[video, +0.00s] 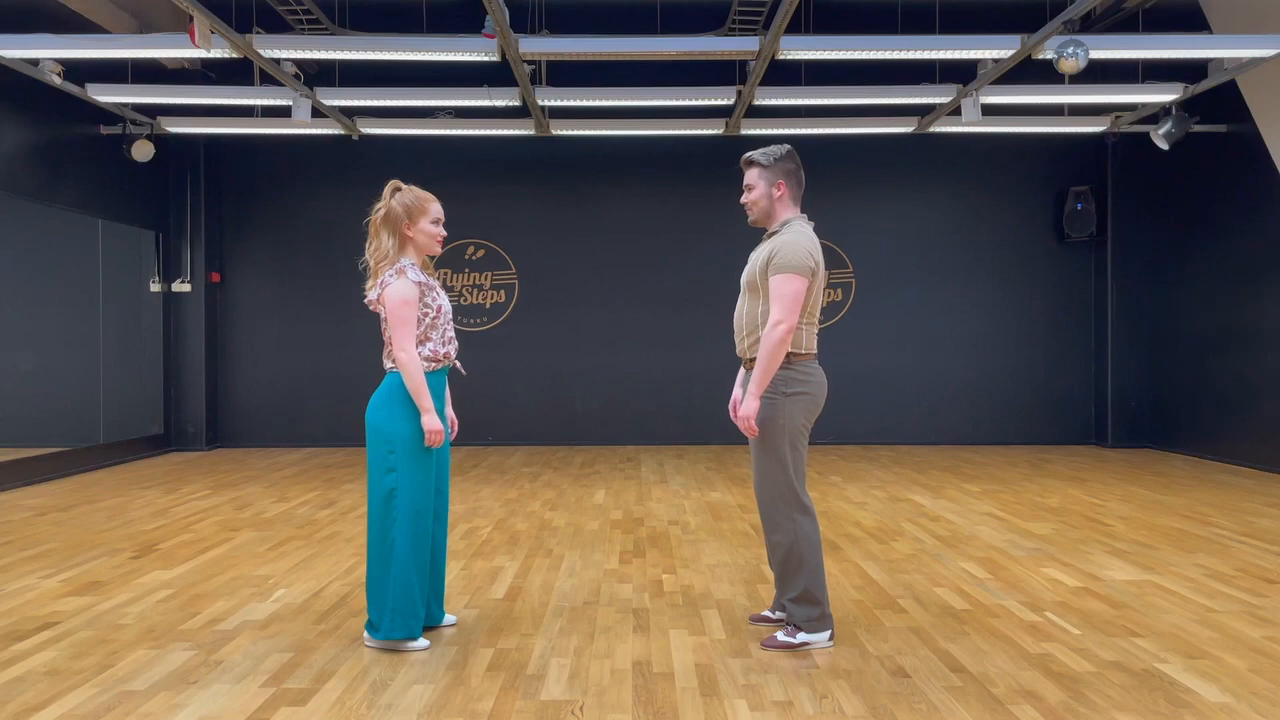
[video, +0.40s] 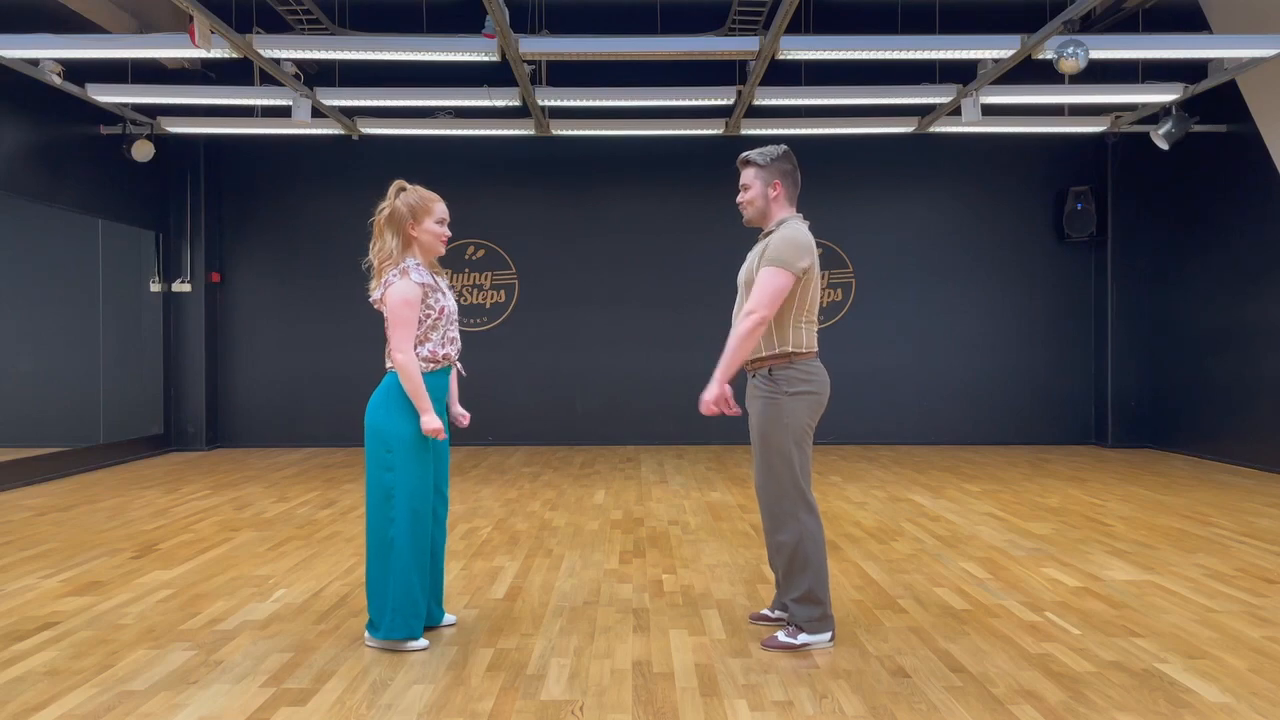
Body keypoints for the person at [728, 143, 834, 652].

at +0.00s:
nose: (743, 198)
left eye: (750, 188)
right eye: (743, 189)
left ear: (781, 189)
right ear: (777, 192)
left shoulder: (794, 244)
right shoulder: (777, 243)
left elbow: (783, 326)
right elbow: (763, 326)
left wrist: (755, 394)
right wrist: (741, 383)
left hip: (787, 383)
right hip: (773, 381)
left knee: (786, 502)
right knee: (777, 499)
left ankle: (811, 621)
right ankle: (793, 603)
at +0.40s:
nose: (739, 197)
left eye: (747, 188)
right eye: (740, 188)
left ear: (776, 188)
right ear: (771, 190)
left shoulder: (789, 239)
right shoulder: (770, 242)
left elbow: (757, 317)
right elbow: (747, 318)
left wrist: (720, 377)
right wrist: (722, 378)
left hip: (787, 383)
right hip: (772, 382)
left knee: (788, 499)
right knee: (779, 497)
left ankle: (812, 621)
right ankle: (794, 602)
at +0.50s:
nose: (732, 200)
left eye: (740, 190)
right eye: (733, 190)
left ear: (770, 191)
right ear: (765, 193)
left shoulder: (780, 238)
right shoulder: (768, 242)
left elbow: (723, 299)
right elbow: (726, 308)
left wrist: (670, 335)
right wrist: (684, 353)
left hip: (789, 383)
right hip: (771, 383)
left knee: (788, 500)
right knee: (775, 495)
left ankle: (814, 621)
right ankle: (792, 599)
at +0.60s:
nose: (722, 202)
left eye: (729, 192)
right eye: (722, 193)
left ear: (760, 193)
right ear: (756, 196)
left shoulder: (763, 243)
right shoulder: (758, 243)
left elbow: (689, 283)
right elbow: (696, 293)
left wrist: (664, 268)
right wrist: (647, 303)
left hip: (785, 383)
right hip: (772, 382)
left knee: (786, 495)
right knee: (765, 489)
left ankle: (815, 620)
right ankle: (780, 598)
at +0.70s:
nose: (713, 205)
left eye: (721, 196)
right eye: (713, 197)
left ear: (751, 197)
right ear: (748, 201)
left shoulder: (750, 248)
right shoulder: (758, 245)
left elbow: (677, 274)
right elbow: (679, 279)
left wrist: (678, 235)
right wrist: (641, 261)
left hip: (773, 384)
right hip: (785, 379)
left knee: (788, 502)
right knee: (761, 495)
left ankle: (815, 622)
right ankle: (761, 602)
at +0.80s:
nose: (699, 217)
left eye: (706, 208)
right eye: (697, 208)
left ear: (738, 210)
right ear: (735, 213)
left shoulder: (727, 261)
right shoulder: (752, 253)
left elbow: (669, 271)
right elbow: (668, 269)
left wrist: (694, 227)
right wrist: (653, 226)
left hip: (752, 390)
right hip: (786, 384)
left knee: (763, 503)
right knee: (753, 496)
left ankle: (814, 621)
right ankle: (744, 601)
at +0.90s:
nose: (683, 229)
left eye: (691, 220)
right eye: (681, 220)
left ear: (721, 222)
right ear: (719, 224)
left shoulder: (698, 271)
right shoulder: (743, 261)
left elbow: (661, 306)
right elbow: (677, 295)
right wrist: (649, 254)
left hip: (729, 398)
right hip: (772, 390)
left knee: (699, 504)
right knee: (756, 499)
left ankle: (768, 580)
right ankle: (749, 600)